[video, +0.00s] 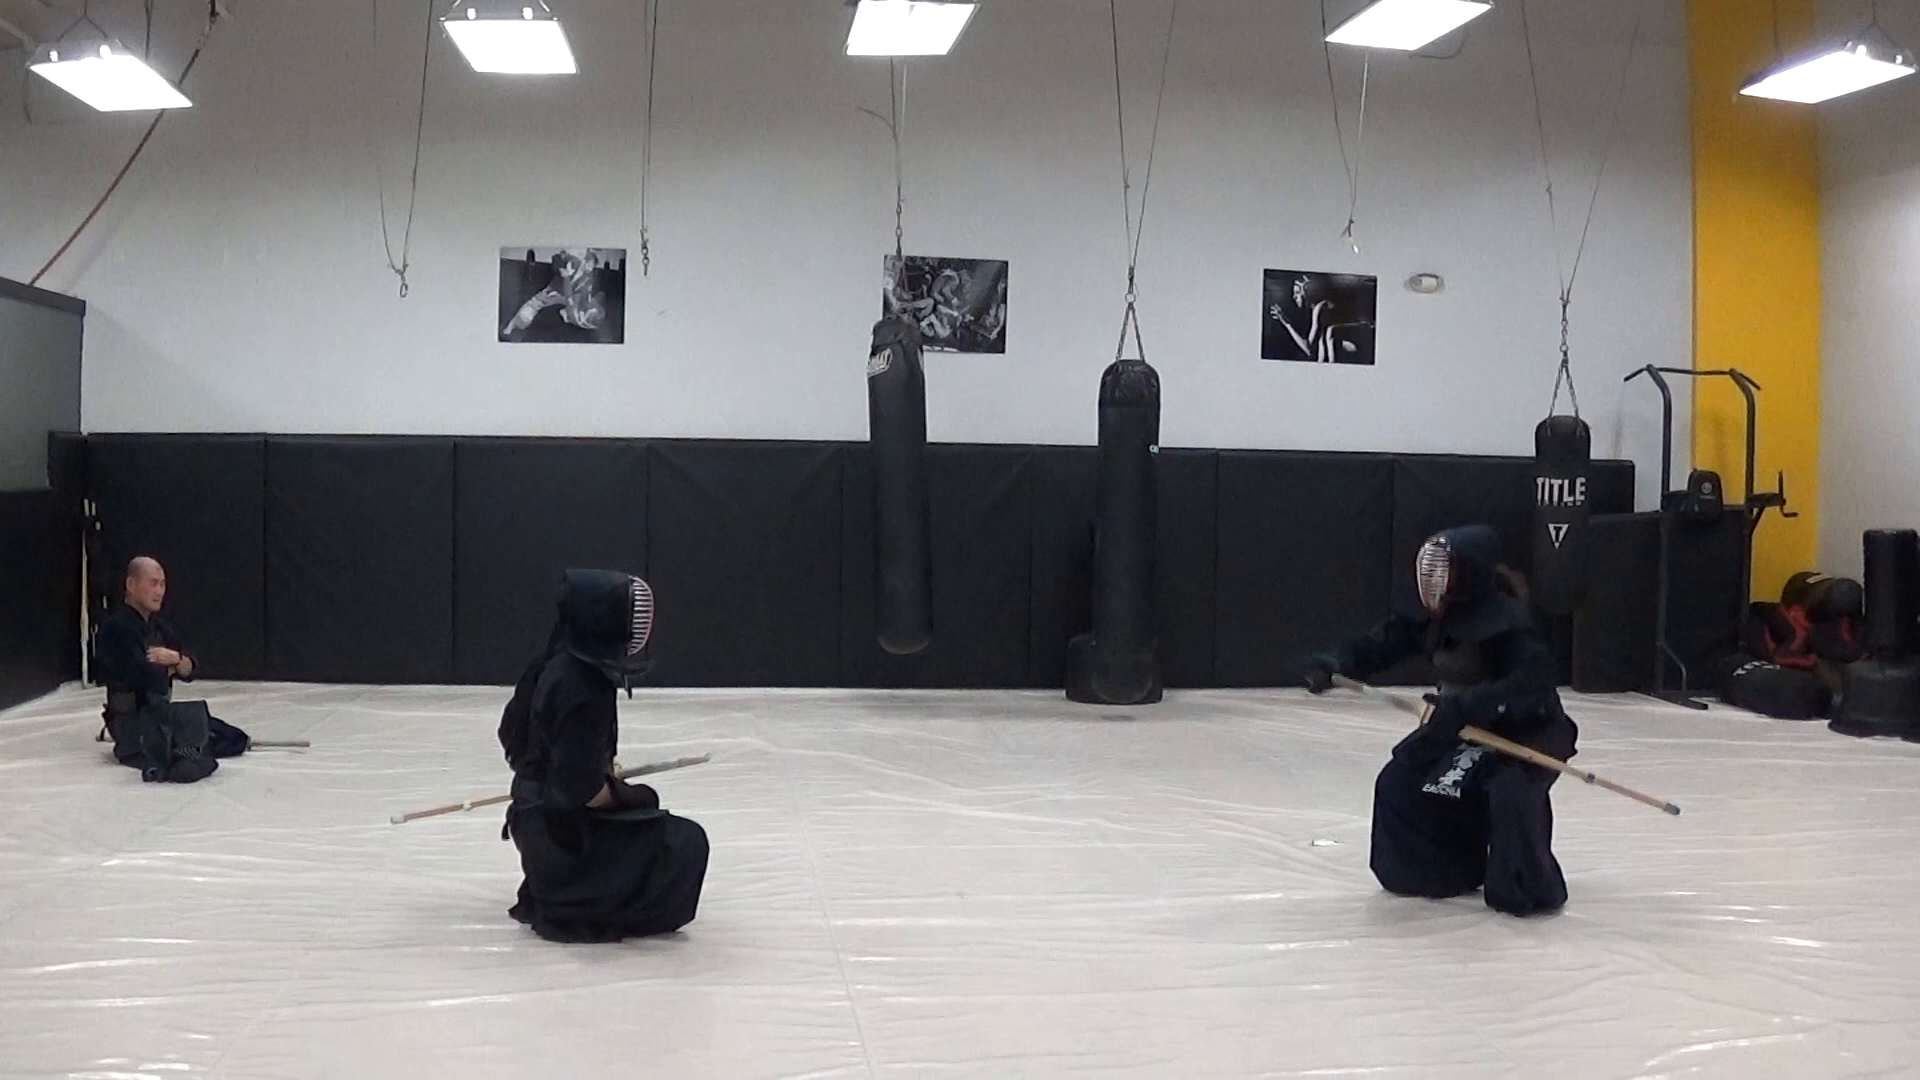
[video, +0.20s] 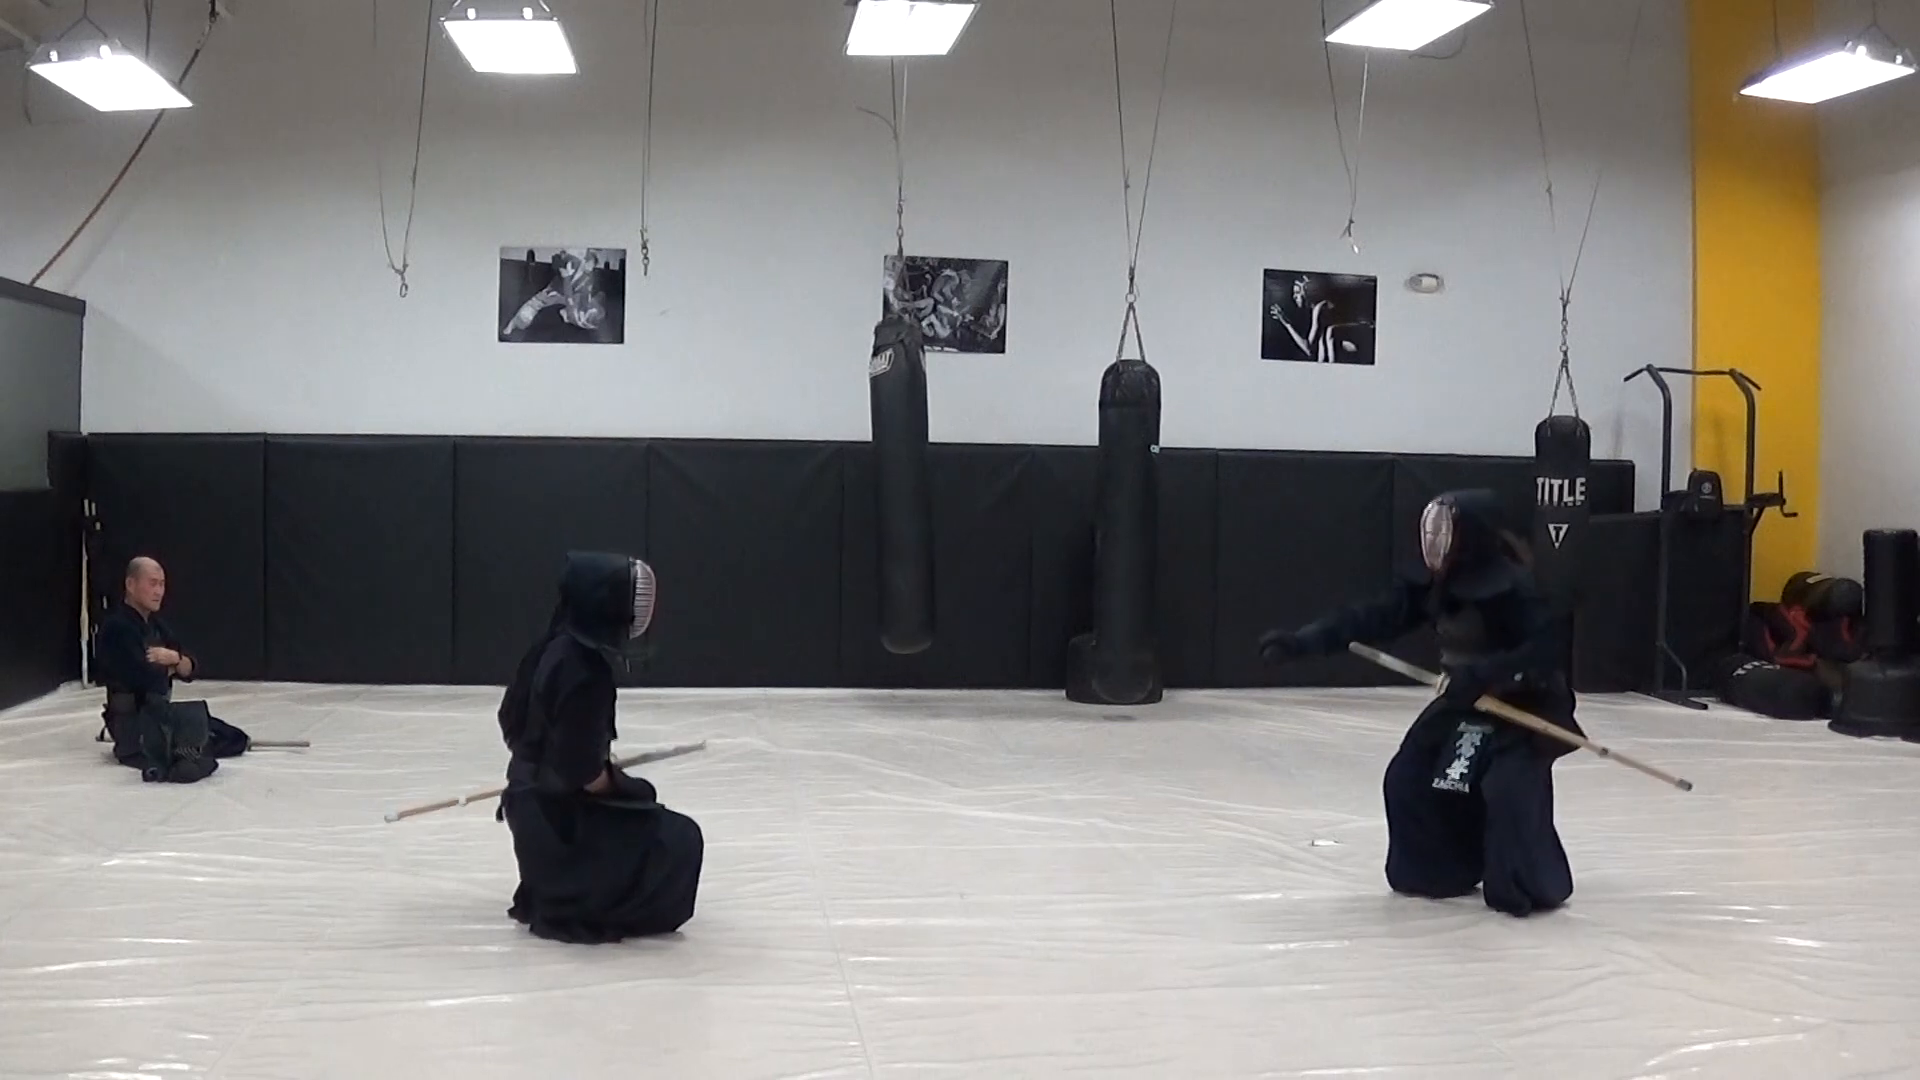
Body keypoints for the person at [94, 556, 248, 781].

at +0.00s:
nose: (160, 591)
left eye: (162, 585)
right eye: (153, 583)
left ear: (165, 587)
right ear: (130, 585)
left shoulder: (159, 623)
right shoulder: (116, 627)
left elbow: (191, 670)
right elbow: (140, 678)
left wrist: (176, 658)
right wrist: (173, 667)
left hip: (161, 719)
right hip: (129, 726)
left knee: (237, 740)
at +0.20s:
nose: (159, 591)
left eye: (162, 584)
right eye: (153, 584)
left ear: (165, 587)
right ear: (130, 585)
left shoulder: (156, 623)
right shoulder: (116, 626)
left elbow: (191, 670)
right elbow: (140, 679)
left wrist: (175, 658)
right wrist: (172, 667)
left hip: (161, 720)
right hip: (131, 730)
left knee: (237, 740)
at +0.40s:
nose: (159, 591)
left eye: (162, 585)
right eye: (153, 584)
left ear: (165, 587)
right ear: (130, 585)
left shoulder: (156, 622)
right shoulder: (116, 626)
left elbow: (190, 670)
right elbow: (138, 677)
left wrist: (175, 657)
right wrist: (173, 666)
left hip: (162, 717)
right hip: (130, 724)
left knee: (236, 740)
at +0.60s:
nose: (159, 591)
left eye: (162, 584)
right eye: (153, 583)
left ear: (165, 587)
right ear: (130, 585)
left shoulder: (157, 623)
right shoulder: (116, 626)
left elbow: (190, 671)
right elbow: (141, 678)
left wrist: (175, 658)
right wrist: (172, 666)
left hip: (161, 717)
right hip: (130, 726)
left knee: (236, 740)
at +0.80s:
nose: (159, 591)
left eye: (161, 584)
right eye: (152, 583)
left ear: (165, 586)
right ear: (130, 585)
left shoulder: (157, 623)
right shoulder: (116, 625)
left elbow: (190, 670)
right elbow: (144, 678)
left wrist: (175, 658)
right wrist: (173, 667)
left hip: (161, 716)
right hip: (130, 724)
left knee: (236, 740)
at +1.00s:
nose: (158, 590)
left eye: (161, 584)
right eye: (151, 582)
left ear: (164, 586)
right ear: (129, 585)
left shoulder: (157, 623)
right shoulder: (116, 626)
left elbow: (190, 671)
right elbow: (144, 679)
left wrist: (176, 658)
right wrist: (173, 667)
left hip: (161, 719)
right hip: (130, 728)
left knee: (236, 740)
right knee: (200, 761)